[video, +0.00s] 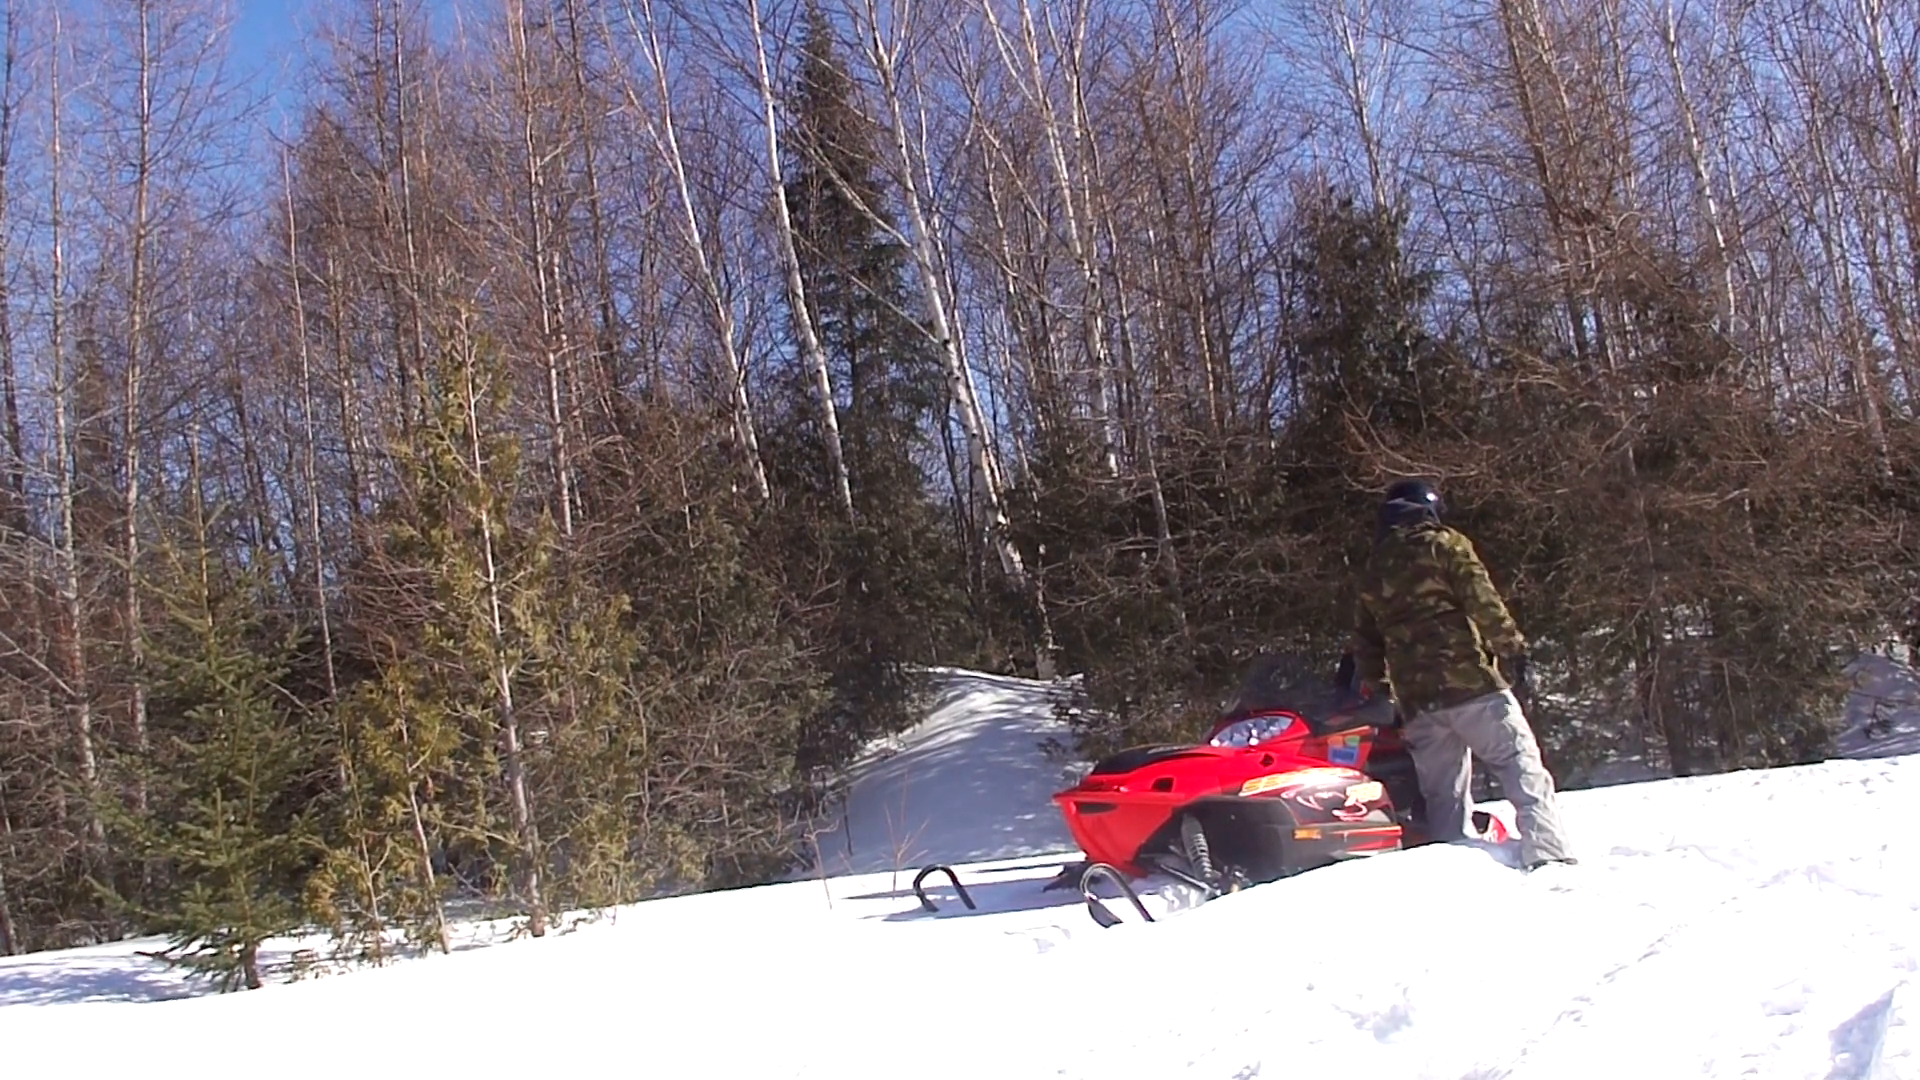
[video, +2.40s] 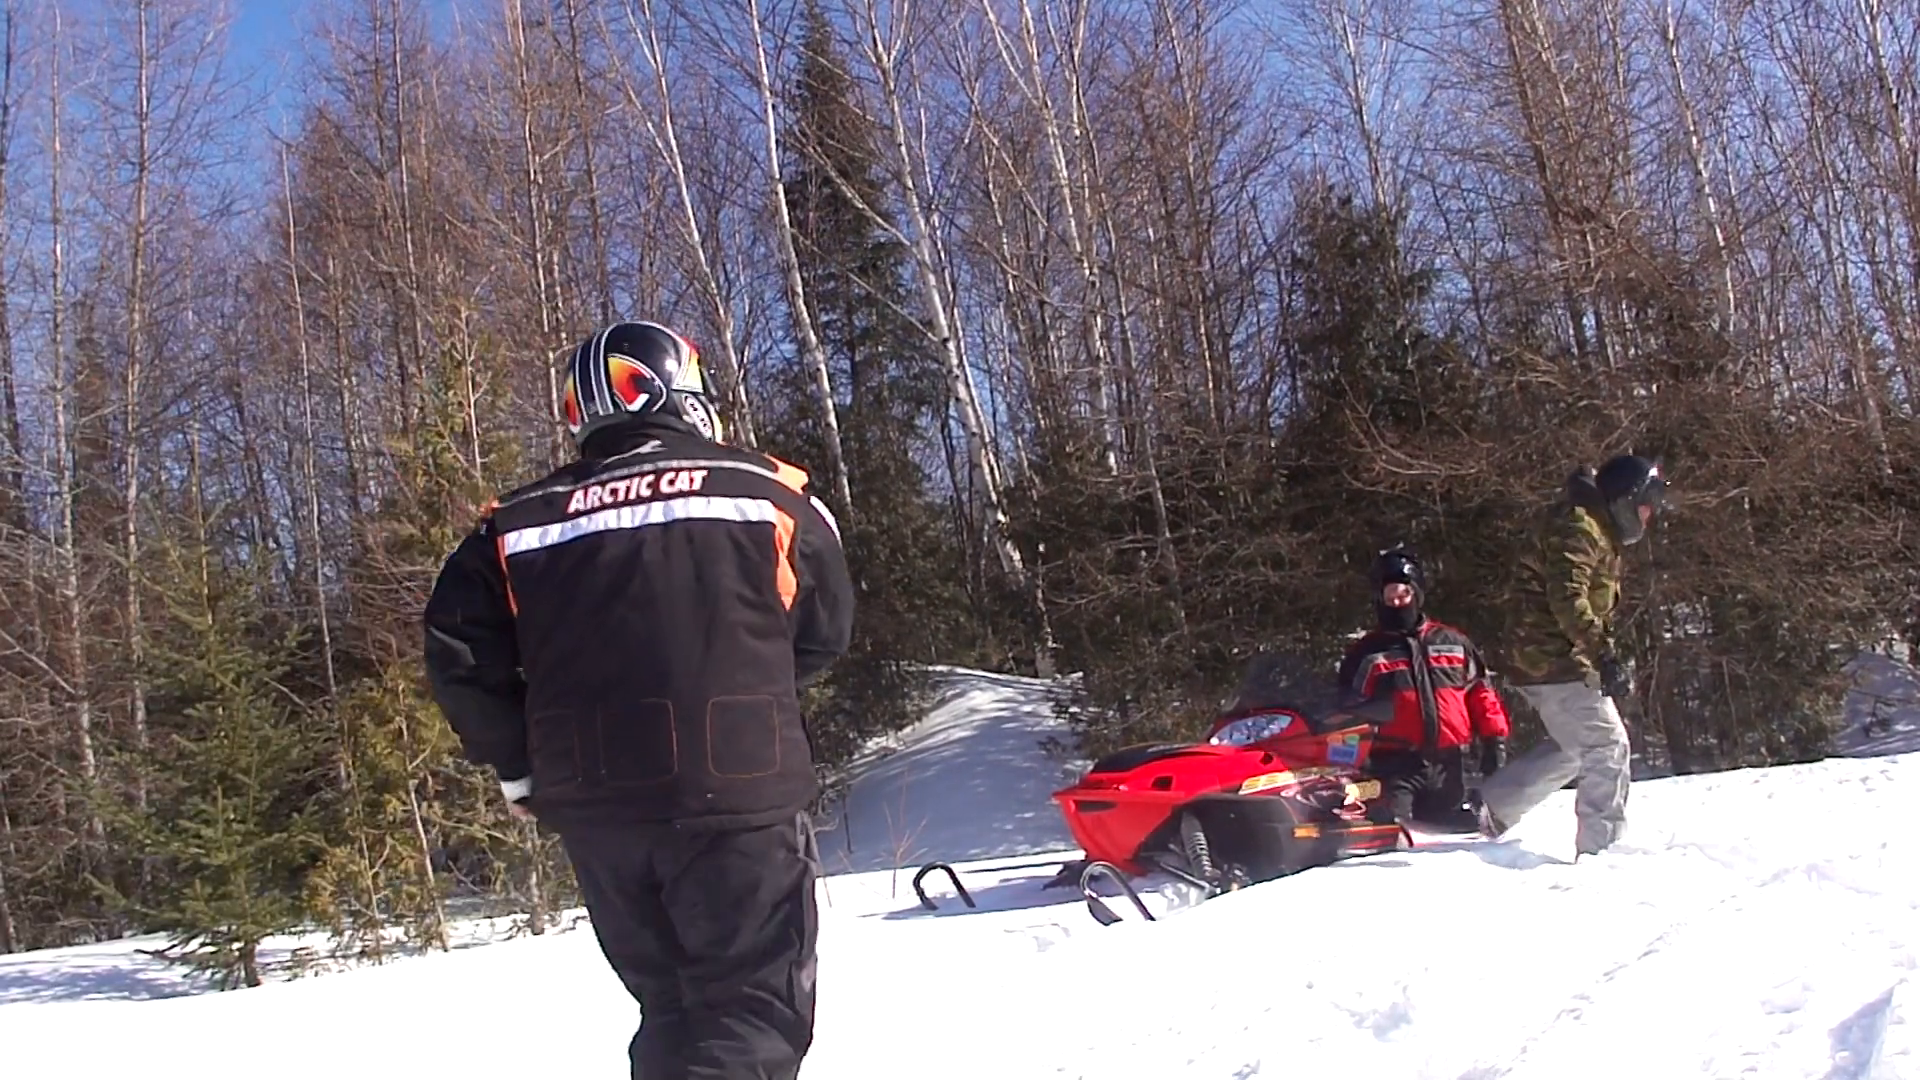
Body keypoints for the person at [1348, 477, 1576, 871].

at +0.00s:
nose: (1440, 513)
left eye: (1437, 506)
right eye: (1436, 506)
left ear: (1390, 513)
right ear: (1427, 508)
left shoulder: (1372, 566)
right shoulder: (1446, 542)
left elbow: (1366, 639)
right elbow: (1483, 603)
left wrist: (1380, 686)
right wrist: (1516, 654)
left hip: (1415, 699)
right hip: (1470, 684)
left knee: (1442, 800)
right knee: (1518, 760)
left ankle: (1450, 879)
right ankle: (1547, 853)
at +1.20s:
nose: (1477, 556)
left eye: (1481, 552)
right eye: (1478, 548)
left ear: (1438, 523)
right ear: (1468, 531)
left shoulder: (1388, 560)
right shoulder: (1450, 545)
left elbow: (1377, 630)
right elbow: (1472, 610)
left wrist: (1393, 684)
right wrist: (1505, 658)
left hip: (1408, 696)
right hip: (1454, 682)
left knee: (1440, 799)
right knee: (1512, 759)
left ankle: (1449, 873)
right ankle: (1547, 854)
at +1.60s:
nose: (1514, 563)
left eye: (1521, 557)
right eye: (1519, 552)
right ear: (1507, 532)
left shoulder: (1429, 548)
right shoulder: (1470, 540)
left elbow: (1416, 618)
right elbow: (1474, 602)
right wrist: (1503, 656)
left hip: (1422, 687)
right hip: (1462, 677)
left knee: (1453, 787)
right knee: (1533, 748)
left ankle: (1459, 867)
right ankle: (1562, 848)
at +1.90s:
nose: (1569, 554)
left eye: (1574, 547)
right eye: (1571, 543)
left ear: (1545, 525)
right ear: (1554, 528)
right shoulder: (1513, 543)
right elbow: (1507, 612)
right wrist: (1528, 677)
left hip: (1461, 681)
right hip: (1494, 678)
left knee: (1474, 776)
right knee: (1561, 750)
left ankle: (1467, 858)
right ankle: (1593, 847)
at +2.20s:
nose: (1635, 543)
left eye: (1640, 535)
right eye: (1635, 532)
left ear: (1608, 520)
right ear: (1615, 522)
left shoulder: (1547, 538)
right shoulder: (1572, 546)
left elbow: (1511, 609)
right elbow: (1560, 616)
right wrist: (1590, 678)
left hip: (1508, 675)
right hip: (1539, 674)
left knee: (1513, 770)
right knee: (1608, 745)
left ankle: (1482, 854)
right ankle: (1599, 854)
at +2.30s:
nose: (1647, 529)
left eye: (1651, 520)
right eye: (1645, 517)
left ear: (1615, 509)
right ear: (1623, 510)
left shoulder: (1582, 534)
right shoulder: (1580, 537)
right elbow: (1567, 609)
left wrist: (1601, 661)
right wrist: (1602, 669)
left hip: (1519, 665)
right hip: (1544, 665)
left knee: (1546, 751)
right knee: (1608, 744)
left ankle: (1483, 836)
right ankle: (1599, 853)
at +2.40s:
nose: (1649, 518)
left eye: (1652, 509)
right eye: (1646, 506)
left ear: (1620, 499)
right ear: (1623, 499)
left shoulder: (1597, 532)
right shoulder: (1578, 528)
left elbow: (1593, 604)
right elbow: (1567, 598)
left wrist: (1608, 654)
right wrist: (1603, 657)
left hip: (1546, 657)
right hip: (1550, 656)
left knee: (1575, 747)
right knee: (1607, 745)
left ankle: (1490, 809)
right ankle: (1598, 853)